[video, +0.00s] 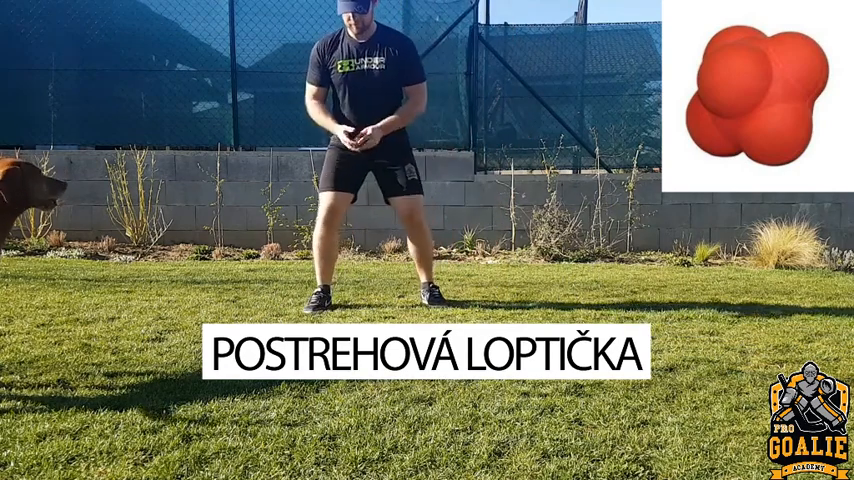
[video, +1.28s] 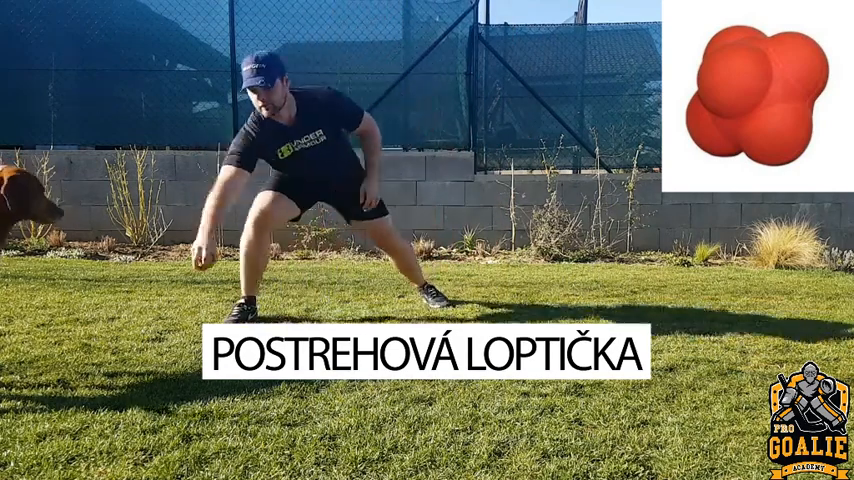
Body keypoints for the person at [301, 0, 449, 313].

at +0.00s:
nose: (354, 19)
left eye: (360, 12)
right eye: (348, 13)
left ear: (373, 7)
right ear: (340, 11)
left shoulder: (400, 45)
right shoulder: (325, 48)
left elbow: (418, 101)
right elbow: (313, 103)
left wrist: (381, 129)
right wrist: (337, 128)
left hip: (391, 141)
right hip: (344, 143)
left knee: (412, 213)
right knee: (328, 212)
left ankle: (429, 287)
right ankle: (323, 290)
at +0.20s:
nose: (345, 20)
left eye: (351, 12)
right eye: (339, 14)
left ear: (364, 7)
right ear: (332, 13)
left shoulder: (393, 42)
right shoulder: (318, 50)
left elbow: (413, 97)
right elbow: (304, 106)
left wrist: (379, 117)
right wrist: (324, 94)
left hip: (389, 142)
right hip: (344, 144)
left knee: (412, 212)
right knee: (327, 211)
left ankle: (428, 285)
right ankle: (322, 290)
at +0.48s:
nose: (355, 22)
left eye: (361, 15)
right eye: (349, 17)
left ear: (375, 9)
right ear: (342, 16)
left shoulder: (405, 46)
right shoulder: (331, 55)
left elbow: (430, 98)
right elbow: (319, 105)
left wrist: (402, 129)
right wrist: (323, 140)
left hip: (401, 145)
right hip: (355, 145)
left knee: (419, 212)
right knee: (336, 210)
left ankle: (429, 286)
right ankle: (324, 290)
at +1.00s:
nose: (338, 33)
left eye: (345, 24)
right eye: (332, 26)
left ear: (363, 21)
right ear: (327, 27)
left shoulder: (398, 60)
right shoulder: (323, 71)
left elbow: (420, 117)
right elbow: (297, 117)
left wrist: (391, 155)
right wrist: (280, 145)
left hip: (397, 148)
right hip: (351, 149)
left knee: (410, 226)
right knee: (319, 196)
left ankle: (428, 288)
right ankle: (295, 277)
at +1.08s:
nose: (315, 51)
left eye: (322, 41)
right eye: (309, 44)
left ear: (340, 39)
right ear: (304, 48)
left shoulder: (377, 72)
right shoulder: (305, 90)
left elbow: (407, 123)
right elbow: (270, 125)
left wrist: (380, 160)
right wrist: (249, 137)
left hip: (386, 152)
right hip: (341, 155)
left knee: (411, 227)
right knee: (305, 202)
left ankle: (428, 287)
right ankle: (265, 279)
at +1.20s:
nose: (289, 76)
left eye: (294, 67)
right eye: (282, 70)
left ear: (313, 62)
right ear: (276, 72)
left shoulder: (348, 87)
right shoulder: (282, 111)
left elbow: (392, 126)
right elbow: (250, 143)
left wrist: (377, 169)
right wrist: (214, 168)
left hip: (367, 164)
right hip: (320, 170)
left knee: (406, 234)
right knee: (287, 217)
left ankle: (428, 287)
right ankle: (252, 299)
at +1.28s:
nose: (261, 98)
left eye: (267, 87)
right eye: (254, 91)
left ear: (284, 81)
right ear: (247, 92)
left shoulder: (324, 101)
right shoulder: (254, 130)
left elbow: (369, 128)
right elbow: (225, 183)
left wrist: (372, 176)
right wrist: (206, 232)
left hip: (343, 177)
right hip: (294, 183)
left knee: (389, 240)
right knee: (259, 216)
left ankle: (424, 287)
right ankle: (247, 304)